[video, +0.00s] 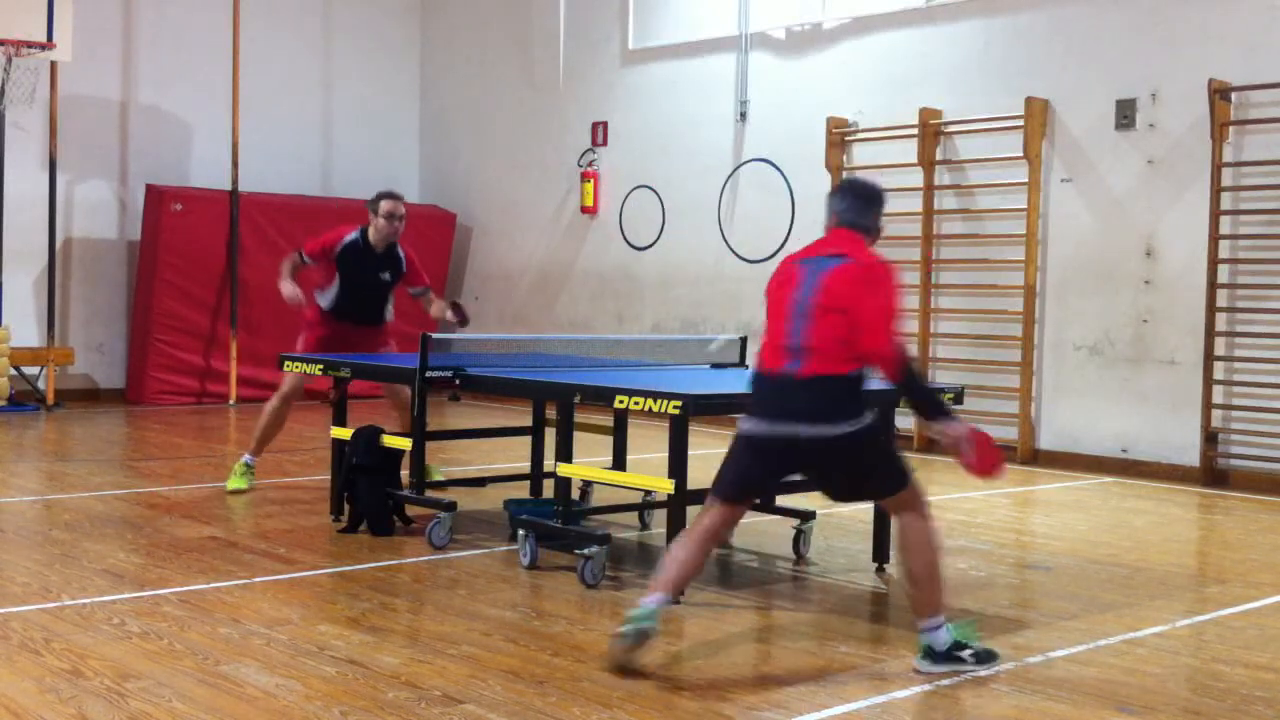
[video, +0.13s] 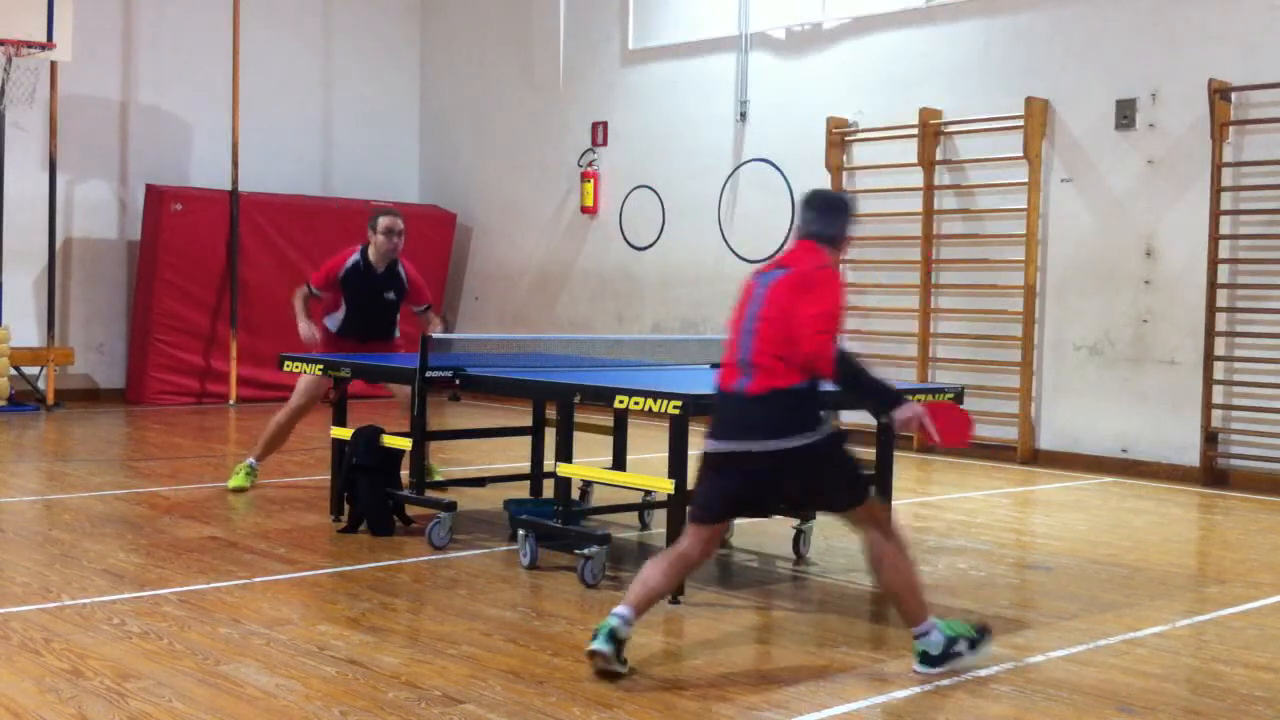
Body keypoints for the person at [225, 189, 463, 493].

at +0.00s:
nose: (396, 225)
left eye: (401, 219)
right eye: (390, 217)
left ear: (405, 222)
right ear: (371, 217)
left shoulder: (402, 258)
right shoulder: (343, 241)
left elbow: (429, 301)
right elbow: (293, 260)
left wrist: (444, 311)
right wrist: (286, 282)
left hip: (373, 336)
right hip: (325, 330)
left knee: (404, 397)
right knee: (288, 392)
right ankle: (247, 463)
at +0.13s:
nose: (396, 241)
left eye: (400, 235)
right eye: (389, 234)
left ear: (404, 238)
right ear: (372, 235)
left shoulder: (404, 272)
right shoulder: (347, 262)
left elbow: (428, 316)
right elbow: (301, 293)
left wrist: (435, 332)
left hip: (384, 349)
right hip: (337, 346)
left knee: (415, 399)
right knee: (298, 404)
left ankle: (422, 466)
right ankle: (251, 465)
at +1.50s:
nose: (266, 224)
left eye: (270, 219)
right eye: (260, 218)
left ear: (271, 223)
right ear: (239, 218)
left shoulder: (252, 257)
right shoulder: (211, 245)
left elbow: (244, 304)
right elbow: (174, 292)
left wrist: (271, 330)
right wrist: (205, 333)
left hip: (229, 329)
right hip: (191, 329)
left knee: (275, 383)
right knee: (184, 392)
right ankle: (134, 460)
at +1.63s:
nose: (267, 231)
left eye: (268, 224)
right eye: (262, 223)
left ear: (247, 225)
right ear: (241, 222)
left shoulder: (238, 255)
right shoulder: (218, 245)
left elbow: (227, 306)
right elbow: (187, 295)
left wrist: (263, 335)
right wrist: (220, 333)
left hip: (208, 334)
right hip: (180, 331)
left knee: (259, 381)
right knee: (186, 402)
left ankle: (222, 449)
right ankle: (124, 467)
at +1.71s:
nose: (274, 232)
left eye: (275, 226)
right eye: (270, 225)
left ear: (254, 227)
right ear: (250, 225)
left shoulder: (245, 256)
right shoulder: (228, 242)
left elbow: (237, 301)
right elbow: (200, 272)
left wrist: (279, 323)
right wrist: (228, 308)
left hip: (205, 325)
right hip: (182, 317)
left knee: (244, 377)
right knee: (185, 397)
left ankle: (205, 450)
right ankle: (123, 463)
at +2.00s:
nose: (308, 251)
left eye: (310, 247)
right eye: (304, 244)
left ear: (298, 247)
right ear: (284, 240)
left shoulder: (273, 284)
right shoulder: (267, 252)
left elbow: (303, 316)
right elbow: (250, 237)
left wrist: (343, 326)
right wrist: (245, 215)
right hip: (213, 296)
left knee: (226, 389)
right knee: (244, 358)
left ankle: (193, 453)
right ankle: (174, 349)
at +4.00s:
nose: (203, 233)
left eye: (207, 228)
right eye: (197, 228)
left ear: (212, 232)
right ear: (185, 232)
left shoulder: (220, 258)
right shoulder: (172, 256)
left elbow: (239, 286)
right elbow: (154, 285)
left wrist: (248, 309)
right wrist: (155, 311)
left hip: (212, 322)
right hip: (175, 320)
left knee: (232, 369)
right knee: (144, 367)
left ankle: (235, 420)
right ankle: (112, 417)